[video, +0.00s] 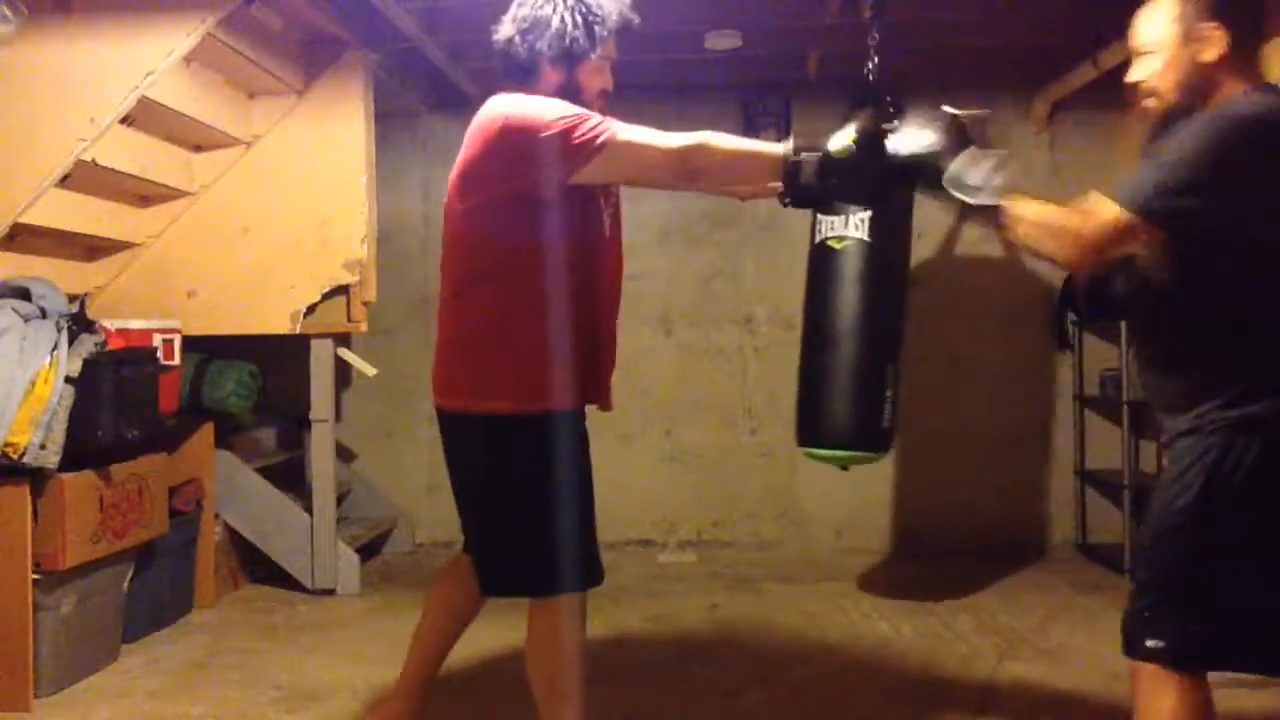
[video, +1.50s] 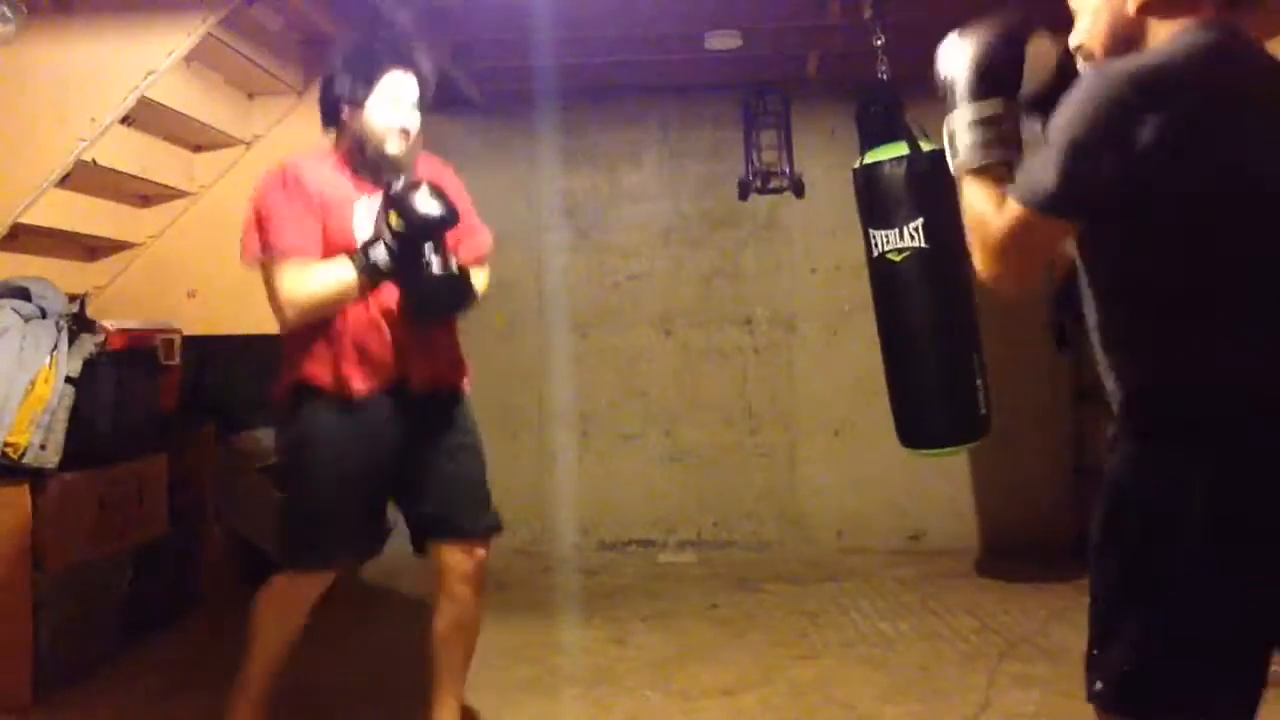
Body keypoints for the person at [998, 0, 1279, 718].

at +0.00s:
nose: (1133, 75)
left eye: (1146, 54)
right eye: (1134, 57)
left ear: (1210, 44)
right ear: (1208, 48)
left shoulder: (1230, 129)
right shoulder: (1244, 123)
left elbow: (1080, 240)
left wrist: (993, 192)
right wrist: (1022, 212)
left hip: (1229, 429)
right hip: (1238, 423)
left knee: (1160, 647)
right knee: (1172, 644)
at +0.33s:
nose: (1103, 82)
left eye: (1110, 58)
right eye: (1101, 62)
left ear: (1168, 39)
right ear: (1175, 40)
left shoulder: (1194, 113)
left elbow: (1012, 163)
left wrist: (877, 158)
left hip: (1248, 431)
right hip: (1259, 424)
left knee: (1189, 664)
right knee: (1209, 657)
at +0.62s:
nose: (1184, 51)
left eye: (1198, 25)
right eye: (1184, 30)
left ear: (1266, 19)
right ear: (1260, 25)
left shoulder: (1267, 135)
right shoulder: (1256, 134)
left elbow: (1263, 292)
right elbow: (1242, 285)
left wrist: (1116, 313)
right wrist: (1125, 319)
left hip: (1269, 441)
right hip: (1255, 436)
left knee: (1220, 676)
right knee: (1231, 673)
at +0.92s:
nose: (1261, 49)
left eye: (1269, 33)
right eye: (1259, 38)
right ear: (1262, 57)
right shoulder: (1276, 169)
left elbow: (1272, 297)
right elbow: (1266, 296)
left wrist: (1225, 293)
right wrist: (1205, 294)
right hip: (1276, 457)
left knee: (1226, 654)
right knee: (1230, 654)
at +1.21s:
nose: (1175, 37)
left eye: (1192, 11)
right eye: (1177, 16)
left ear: (1260, 12)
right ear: (1255, 19)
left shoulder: (1253, 115)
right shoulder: (1254, 112)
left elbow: (1129, 268)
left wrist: (1088, 125)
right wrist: (1174, 108)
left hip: (1258, 453)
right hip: (1256, 446)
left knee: (1173, 681)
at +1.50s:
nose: (1072, 17)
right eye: (1074, 1)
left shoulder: (1127, 94)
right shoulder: (1262, 77)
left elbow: (1003, 258)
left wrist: (975, 104)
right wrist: (1070, 94)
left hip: (1174, 462)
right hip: (1259, 450)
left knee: (1148, 689)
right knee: (1219, 687)